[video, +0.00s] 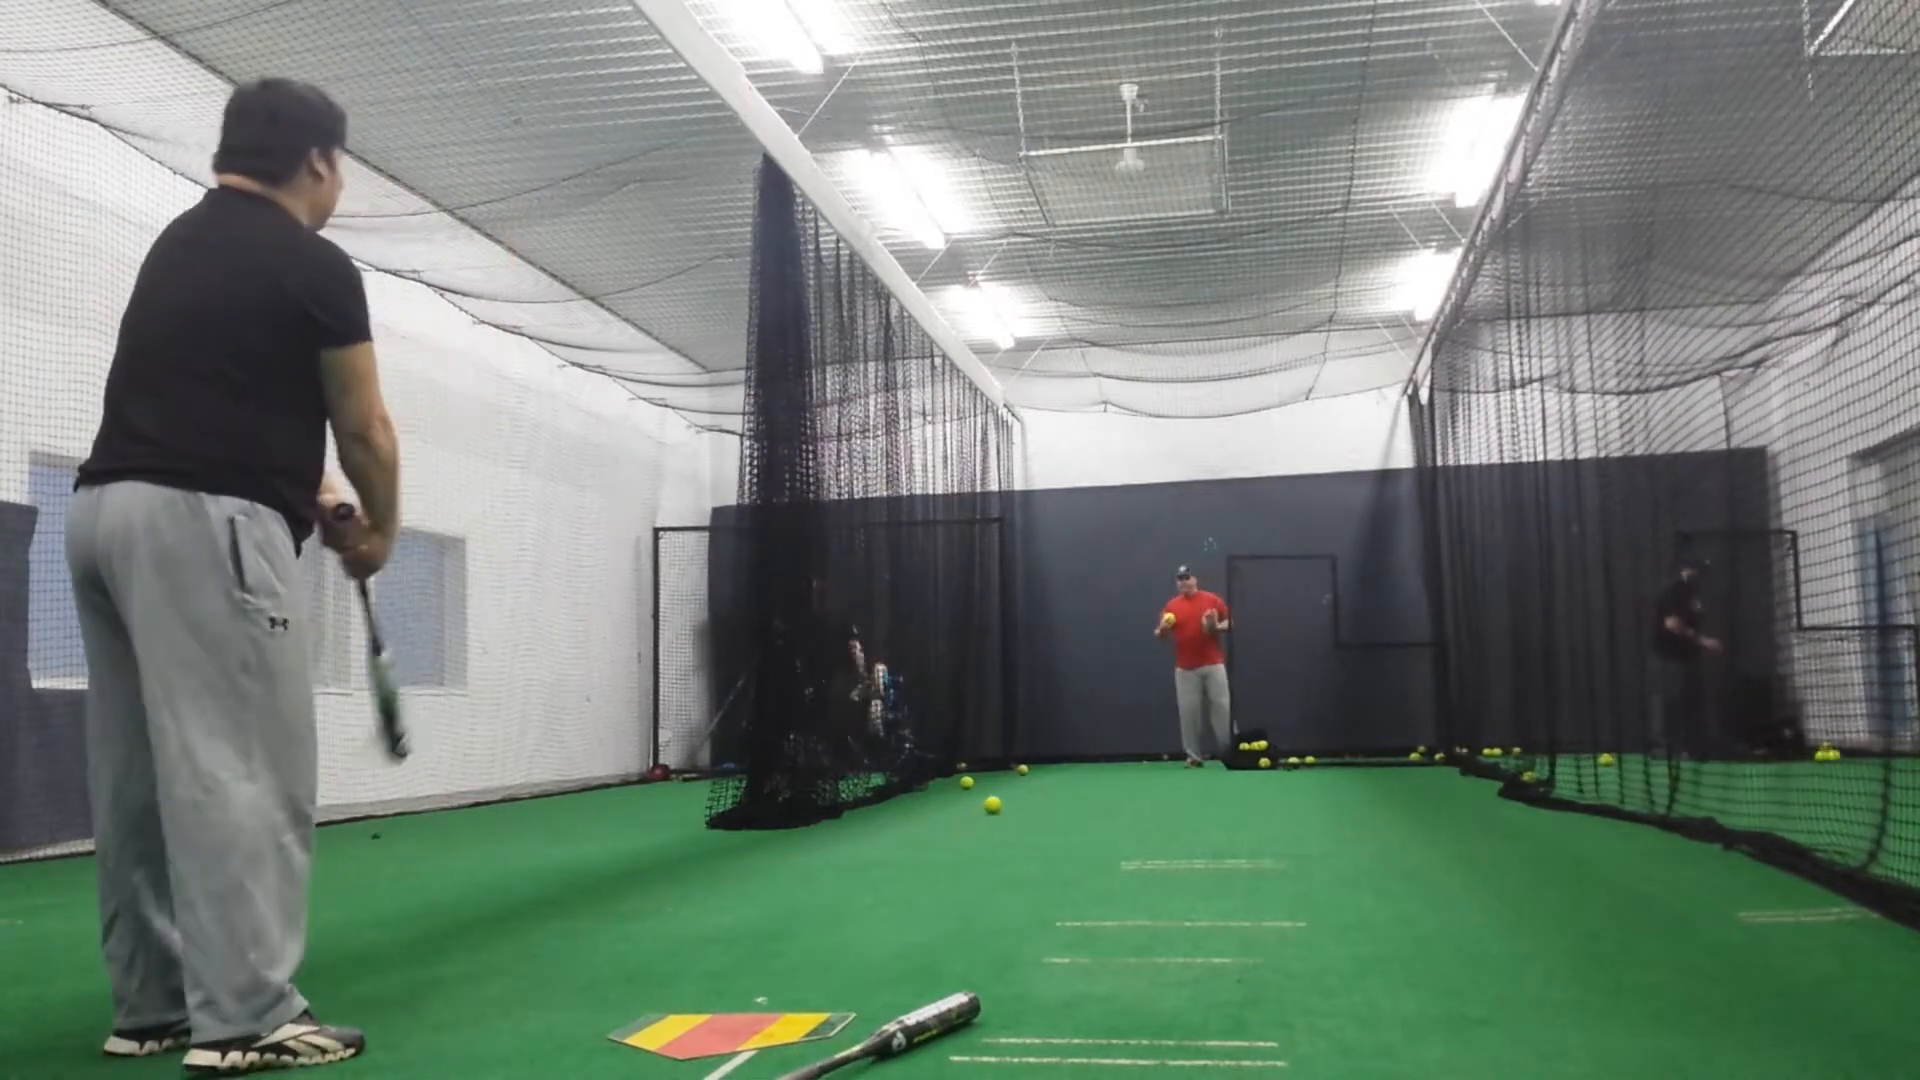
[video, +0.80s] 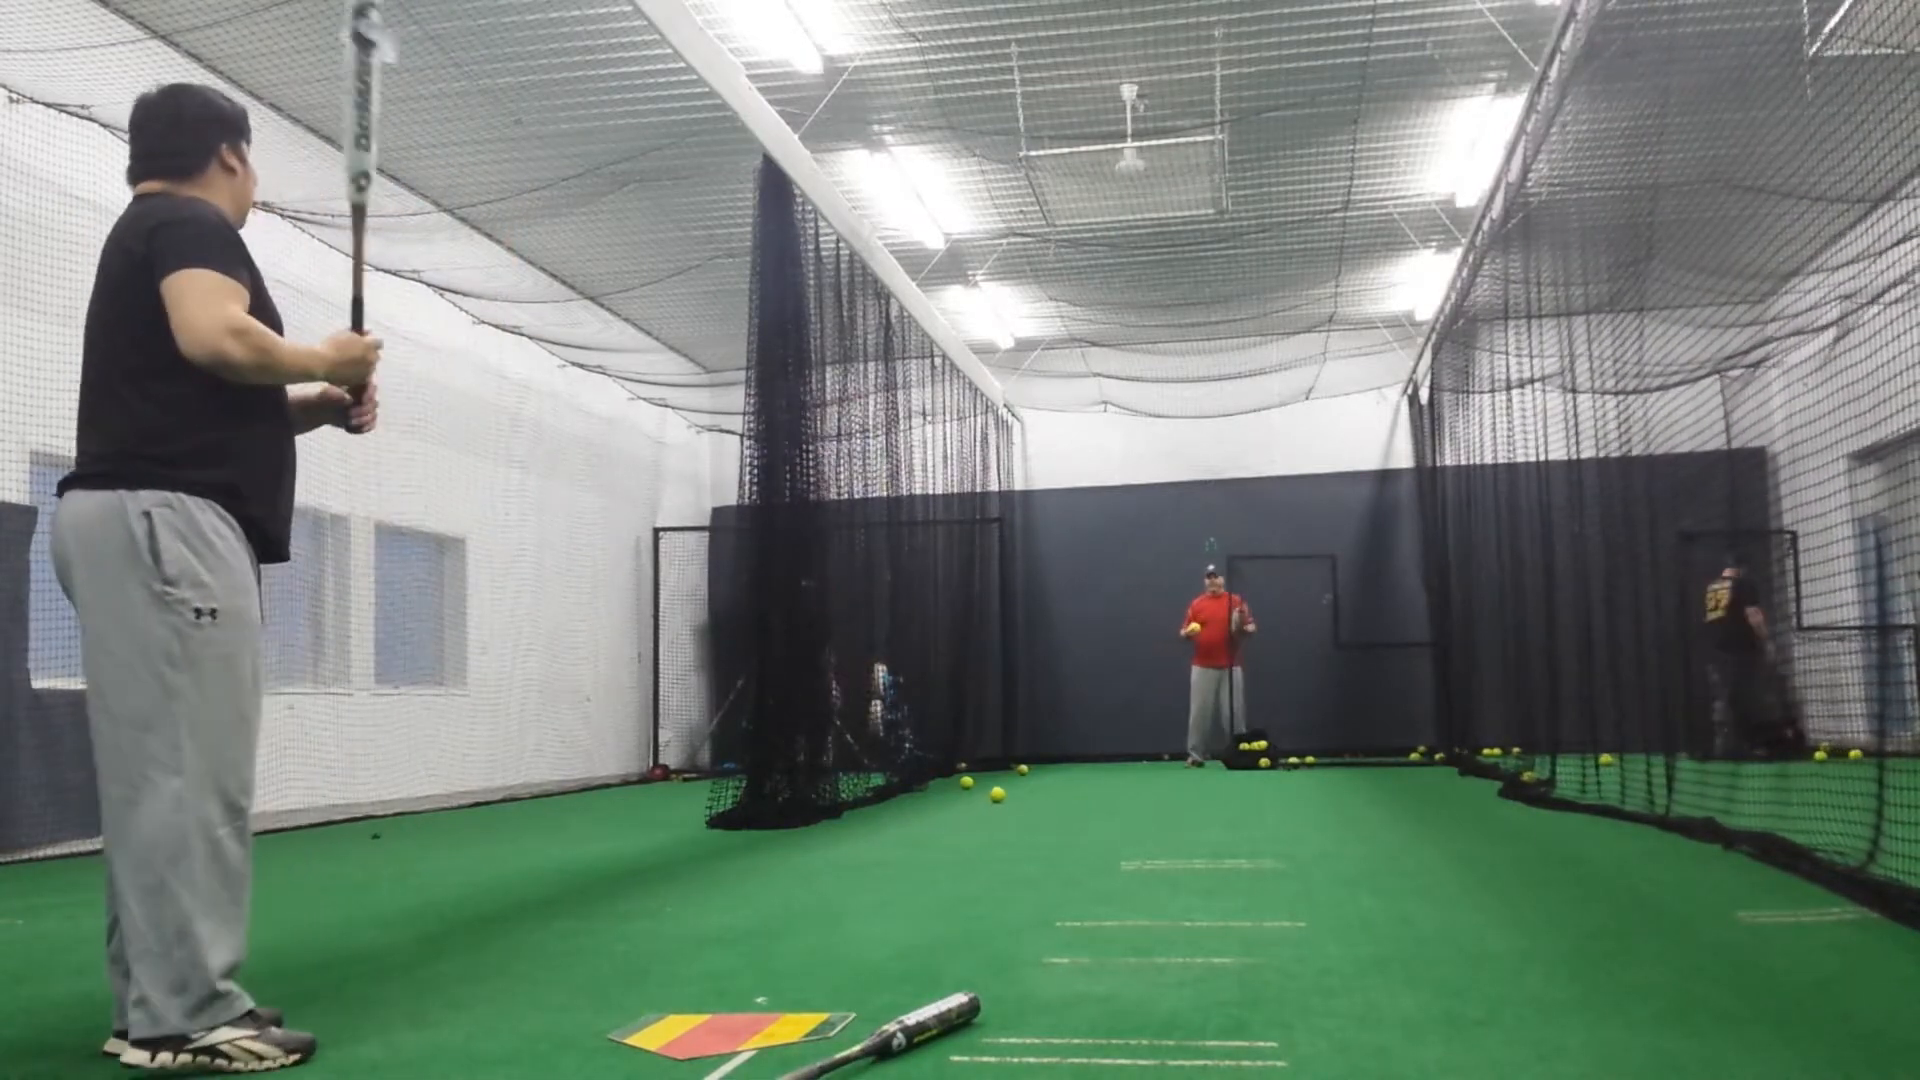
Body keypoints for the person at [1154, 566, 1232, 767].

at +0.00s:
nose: (1184, 582)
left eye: (1187, 578)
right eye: (1180, 579)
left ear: (1195, 580)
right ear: (1176, 583)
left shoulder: (1211, 600)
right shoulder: (1171, 606)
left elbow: (1228, 621)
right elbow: (1159, 635)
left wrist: (1216, 626)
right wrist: (1164, 627)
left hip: (1212, 662)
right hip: (1186, 666)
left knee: (1221, 707)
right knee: (1188, 710)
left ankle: (1227, 752)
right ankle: (1193, 755)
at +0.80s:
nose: (1213, 580)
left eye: (1216, 576)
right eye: (1209, 577)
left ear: (1222, 580)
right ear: (1204, 581)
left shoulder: (1235, 602)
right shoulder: (1197, 603)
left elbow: (1251, 626)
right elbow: (1184, 630)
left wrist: (1243, 626)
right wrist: (1188, 631)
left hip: (1230, 665)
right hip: (1203, 665)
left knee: (1234, 710)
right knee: (1200, 710)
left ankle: (1238, 753)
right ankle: (1196, 754)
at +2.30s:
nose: (1211, 581)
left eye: (1214, 576)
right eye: (1207, 577)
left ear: (1221, 578)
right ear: (1202, 581)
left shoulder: (1236, 600)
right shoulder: (1198, 604)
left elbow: (1256, 621)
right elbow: (1176, 626)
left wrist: (1242, 624)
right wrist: (1187, 603)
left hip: (1234, 662)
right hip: (1208, 663)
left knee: (1238, 707)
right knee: (1212, 709)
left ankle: (1241, 750)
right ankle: (1216, 752)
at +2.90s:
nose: (1212, 581)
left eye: (1215, 577)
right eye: (1209, 579)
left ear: (1222, 580)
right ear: (1204, 582)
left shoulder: (1233, 599)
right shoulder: (1196, 601)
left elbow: (1254, 622)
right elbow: (1171, 611)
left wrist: (1242, 624)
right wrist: (1189, 591)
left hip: (1232, 661)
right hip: (1206, 663)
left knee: (1237, 707)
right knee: (1210, 710)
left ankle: (1241, 750)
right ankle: (1216, 752)